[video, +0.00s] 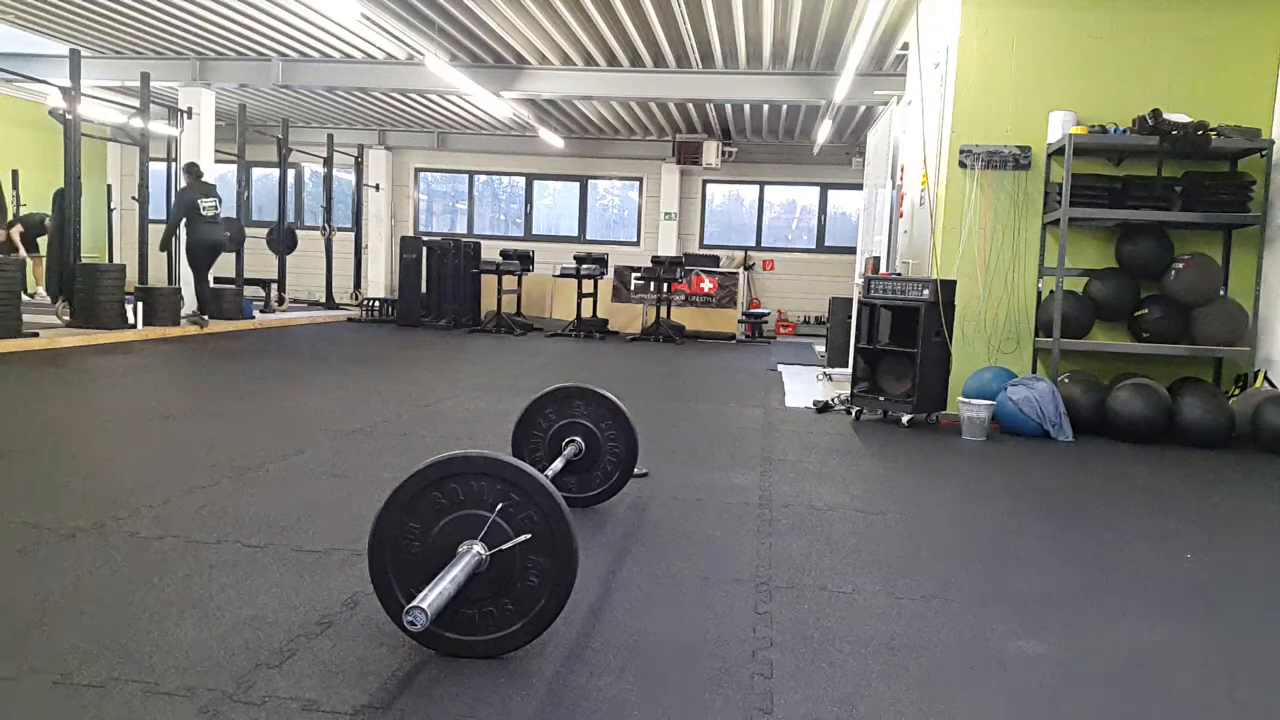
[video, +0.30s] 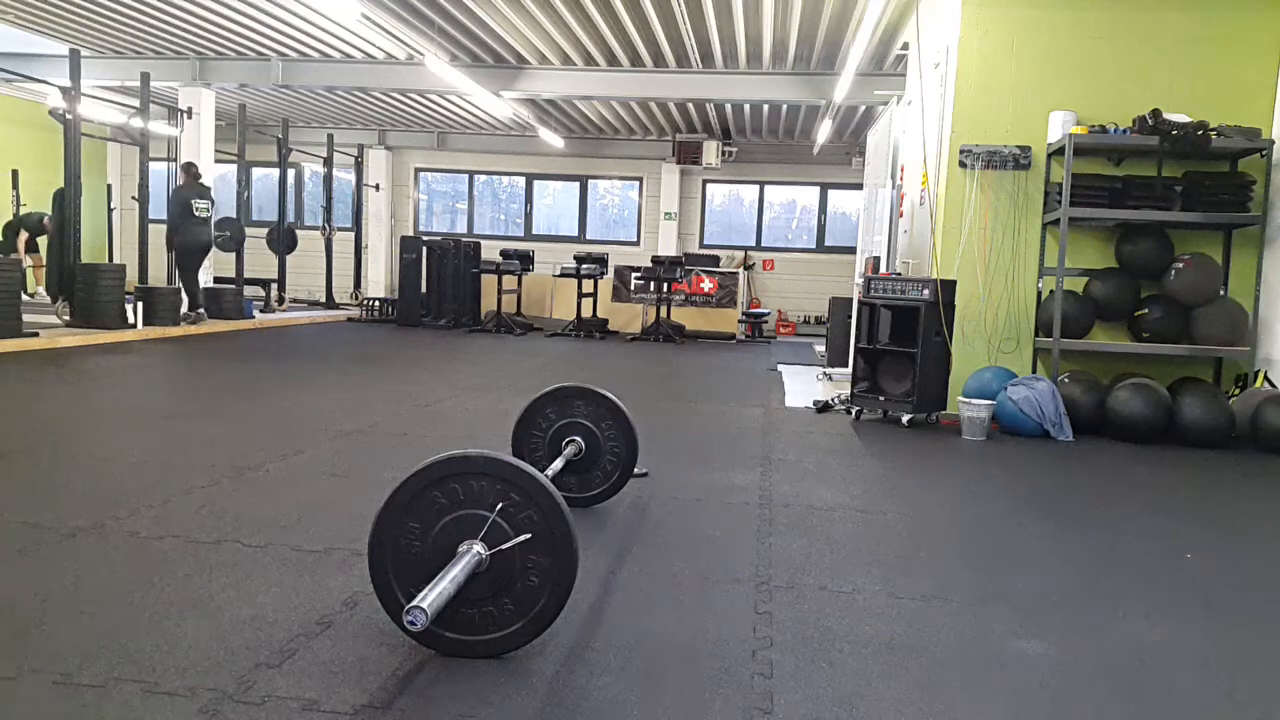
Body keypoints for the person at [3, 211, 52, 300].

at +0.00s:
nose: (50, 231)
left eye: (52, 230)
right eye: (51, 229)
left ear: (49, 223)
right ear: (48, 223)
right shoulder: (34, 222)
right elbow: (13, 231)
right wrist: (21, 249)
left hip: (28, 236)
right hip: (12, 234)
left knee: (37, 260)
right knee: (16, 261)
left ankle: (40, 290)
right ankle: (18, 292)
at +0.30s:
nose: (51, 231)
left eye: (53, 229)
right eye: (51, 228)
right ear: (47, 223)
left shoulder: (50, 224)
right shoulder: (31, 222)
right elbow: (20, 239)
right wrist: (22, 259)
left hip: (29, 235)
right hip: (11, 233)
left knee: (38, 261)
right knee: (17, 261)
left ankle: (40, 291)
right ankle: (17, 291)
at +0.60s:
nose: (51, 233)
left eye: (53, 231)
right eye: (51, 230)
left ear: (47, 224)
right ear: (47, 225)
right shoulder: (30, 226)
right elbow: (23, 249)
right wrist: (23, 270)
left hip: (27, 234)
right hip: (10, 232)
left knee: (37, 260)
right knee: (16, 260)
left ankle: (40, 289)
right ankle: (18, 291)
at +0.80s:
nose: (50, 238)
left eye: (52, 236)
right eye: (50, 236)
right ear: (47, 231)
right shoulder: (30, 232)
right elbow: (24, 258)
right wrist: (24, 277)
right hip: (9, 232)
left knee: (36, 260)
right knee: (18, 261)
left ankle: (40, 289)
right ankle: (19, 291)